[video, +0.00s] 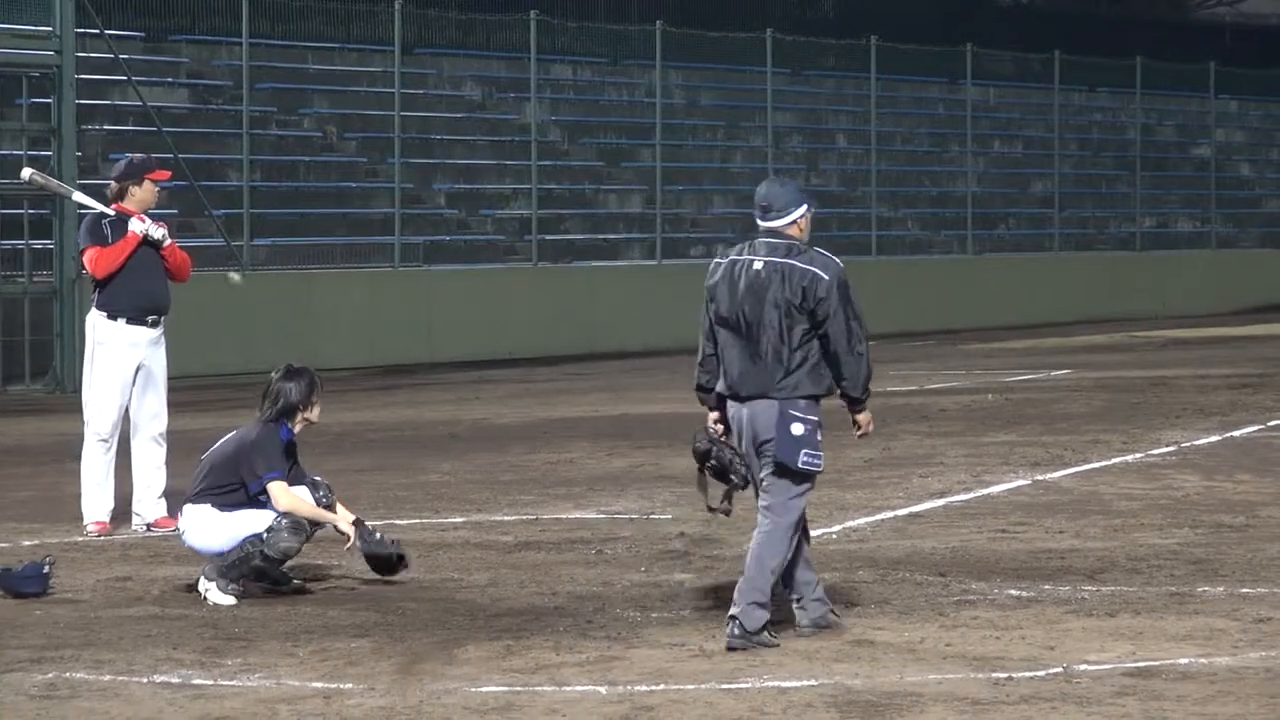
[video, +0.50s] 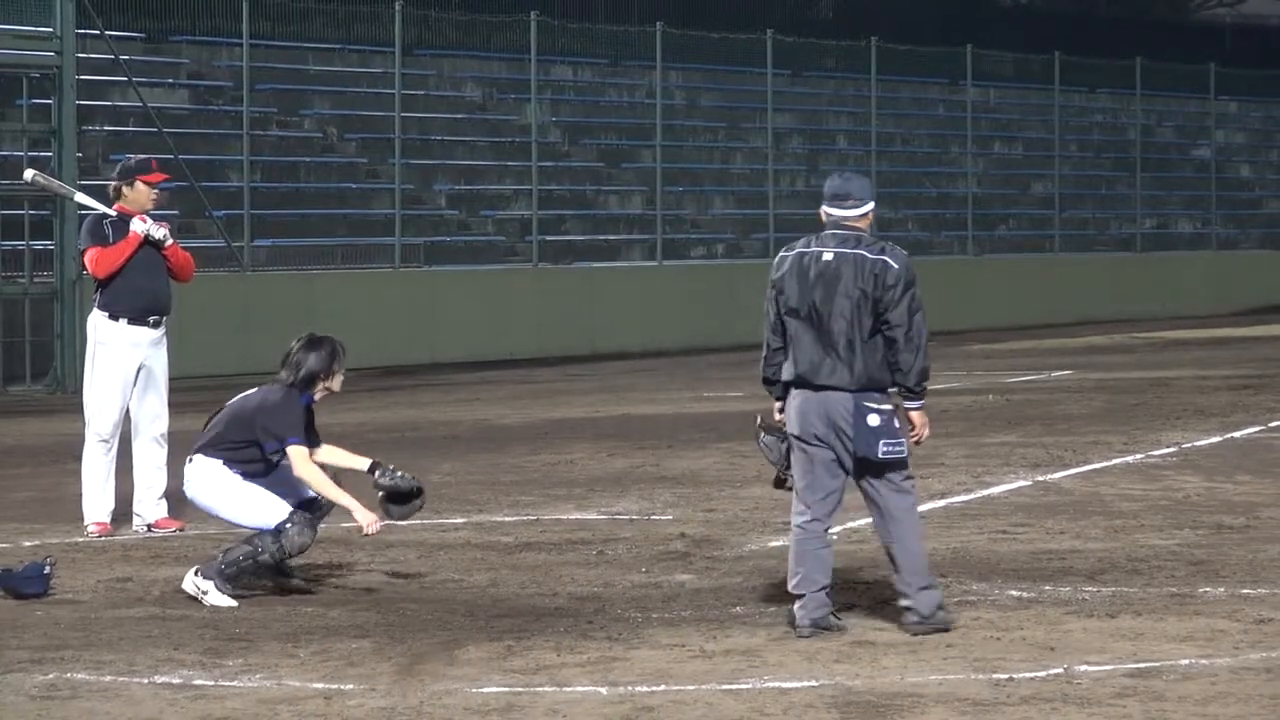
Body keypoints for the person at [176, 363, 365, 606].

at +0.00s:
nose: (320, 403)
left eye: (319, 397)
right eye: (317, 398)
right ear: (303, 406)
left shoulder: (282, 438)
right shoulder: (266, 438)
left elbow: (306, 489)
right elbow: (283, 501)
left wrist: (355, 523)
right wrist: (334, 520)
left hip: (230, 513)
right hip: (203, 521)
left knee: (318, 494)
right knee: (290, 528)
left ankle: (263, 567)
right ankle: (217, 575)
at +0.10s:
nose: (326, 391)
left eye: (325, 385)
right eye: (323, 385)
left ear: (297, 391)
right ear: (308, 392)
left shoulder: (285, 424)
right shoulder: (272, 425)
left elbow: (298, 474)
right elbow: (280, 493)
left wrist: (349, 507)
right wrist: (334, 517)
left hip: (233, 502)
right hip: (206, 509)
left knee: (320, 494)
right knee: (292, 525)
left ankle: (265, 569)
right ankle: (219, 575)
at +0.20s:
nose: (327, 382)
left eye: (326, 376)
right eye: (323, 377)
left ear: (294, 379)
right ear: (308, 383)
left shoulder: (285, 415)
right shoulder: (275, 415)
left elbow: (298, 466)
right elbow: (281, 480)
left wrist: (348, 497)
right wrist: (334, 506)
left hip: (230, 494)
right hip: (204, 499)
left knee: (318, 492)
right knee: (294, 517)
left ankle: (262, 570)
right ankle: (215, 574)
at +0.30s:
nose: (332, 383)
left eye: (330, 377)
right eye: (328, 378)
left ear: (299, 382)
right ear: (311, 385)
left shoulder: (286, 413)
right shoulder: (279, 415)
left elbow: (304, 464)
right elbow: (290, 476)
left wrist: (355, 493)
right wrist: (347, 506)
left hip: (234, 491)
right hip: (204, 496)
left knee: (315, 505)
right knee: (294, 523)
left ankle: (260, 571)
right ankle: (215, 577)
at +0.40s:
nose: (338, 380)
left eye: (337, 375)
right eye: (334, 375)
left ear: (304, 380)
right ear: (318, 383)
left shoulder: (292, 410)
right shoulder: (283, 411)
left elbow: (312, 458)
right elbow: (297, 472)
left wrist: (369, 483)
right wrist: (354, 508)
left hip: (238, 483)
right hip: (207, 488)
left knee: (315, 503)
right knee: (299, 521)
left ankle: (261, 569)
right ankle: (216, 574)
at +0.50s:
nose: (343, 374)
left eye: (341, 367)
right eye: (339, 368)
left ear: (306, 367)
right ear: (323, 374)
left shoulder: (299, 401)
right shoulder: (285, 402)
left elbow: (316, 451)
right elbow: (302, 468)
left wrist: (374, 467)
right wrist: (355, 508)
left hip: (245, 469)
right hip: (211, 475)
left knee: (319, 500)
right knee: (298, 528)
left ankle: (269, 559)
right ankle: (208, 575)